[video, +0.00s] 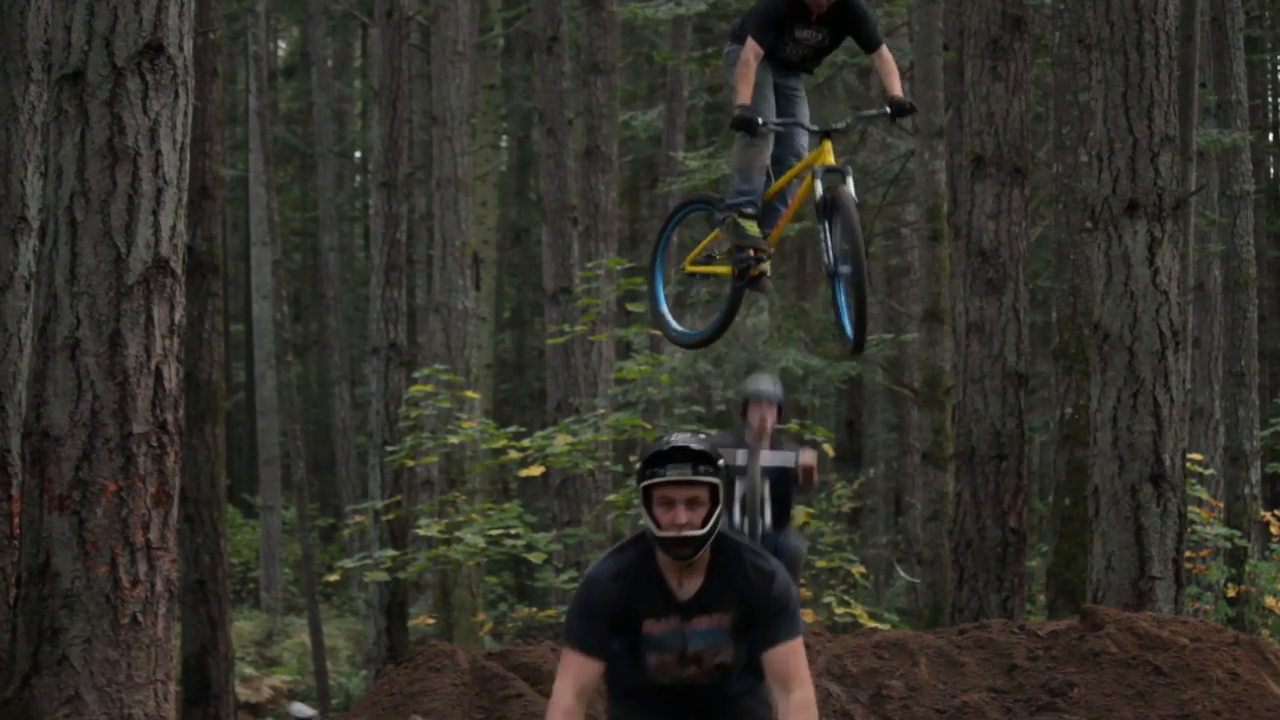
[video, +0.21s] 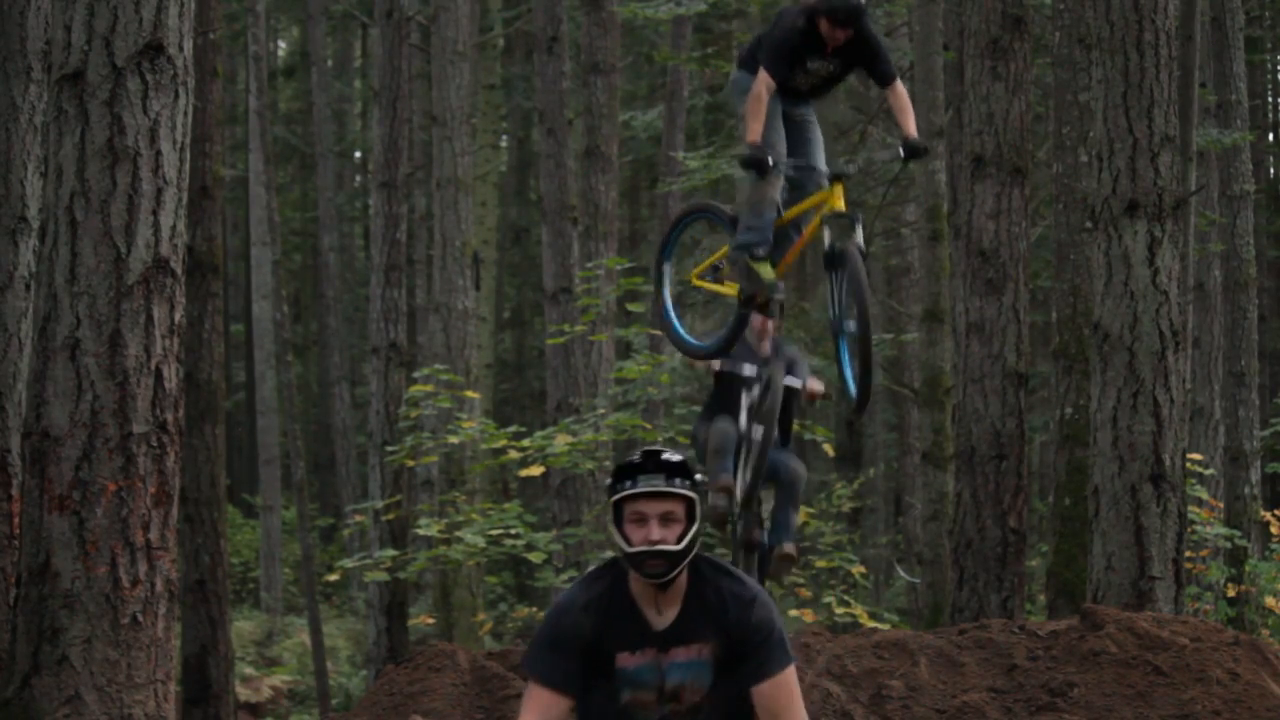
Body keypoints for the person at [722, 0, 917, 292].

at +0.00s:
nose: (820, 1)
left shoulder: (849, 10)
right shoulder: (779, 5)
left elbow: (880, 52)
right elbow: (749, 54)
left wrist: (896, 95)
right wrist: (743, 106)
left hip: (791, 73)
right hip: (753, 60)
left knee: (795, 156)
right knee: (759, 126)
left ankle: (758, 248)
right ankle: (742, 213)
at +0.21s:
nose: (839, 35)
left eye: (847, 29)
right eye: (833, 26)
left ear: (856, 27)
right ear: (819, 18)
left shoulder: (862, 38)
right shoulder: (792, 27)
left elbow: (893, 85)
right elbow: (762, 86)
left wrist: (911, 135)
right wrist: (753, 144)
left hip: (797, 101)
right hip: (757, 89)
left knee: (813, 179)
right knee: (770, 161)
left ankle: (777, 255)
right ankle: (751, 250)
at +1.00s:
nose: (908, 428)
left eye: (915, 422)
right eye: (910, 418)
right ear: (896, 399)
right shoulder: (854, 398)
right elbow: (832, 480)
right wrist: (864, 507)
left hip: (828, 416)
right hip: (788, 423)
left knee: (865, 473)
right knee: (825, 509)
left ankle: (858, 541)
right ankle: (811, 606)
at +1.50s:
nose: (973, 607)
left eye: (979, 602)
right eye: (977, 599)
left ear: (960, 550)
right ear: (968, 587)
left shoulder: (926, 544)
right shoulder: (925, 602)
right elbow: (921, 699)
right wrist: (963, 710)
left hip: (799, 539)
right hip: (789, 590)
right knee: (836, 669)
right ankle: (768, 623)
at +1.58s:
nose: (986, 637)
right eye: (990, 630)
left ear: (968, 578)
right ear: (980, 626)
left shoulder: (932, 569)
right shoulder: (936, 653)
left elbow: (878, 553)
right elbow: (924, 712)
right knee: (826, 671)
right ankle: (767, 629)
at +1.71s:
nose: (983, 635)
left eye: (989, 638)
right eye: (990, 636)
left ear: (984, 643)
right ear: (996, 691)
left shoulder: (946, 632)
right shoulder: (958, 711)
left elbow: (880, 598)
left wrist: (920, 599)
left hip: (818, 642)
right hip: (803, 692)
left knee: (898, 574)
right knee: (801, 645)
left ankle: (817, 523)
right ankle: (755, 621)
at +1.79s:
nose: (995, 661)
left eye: (999, 665)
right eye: (1001, 663)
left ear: (995, 671)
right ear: (1005, 711)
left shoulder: (948, 661)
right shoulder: (960, 715)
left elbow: (869, 626)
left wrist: (927, 614)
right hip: (814, 709)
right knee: (820, 659)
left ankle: (826, 537)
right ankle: (758, 637)